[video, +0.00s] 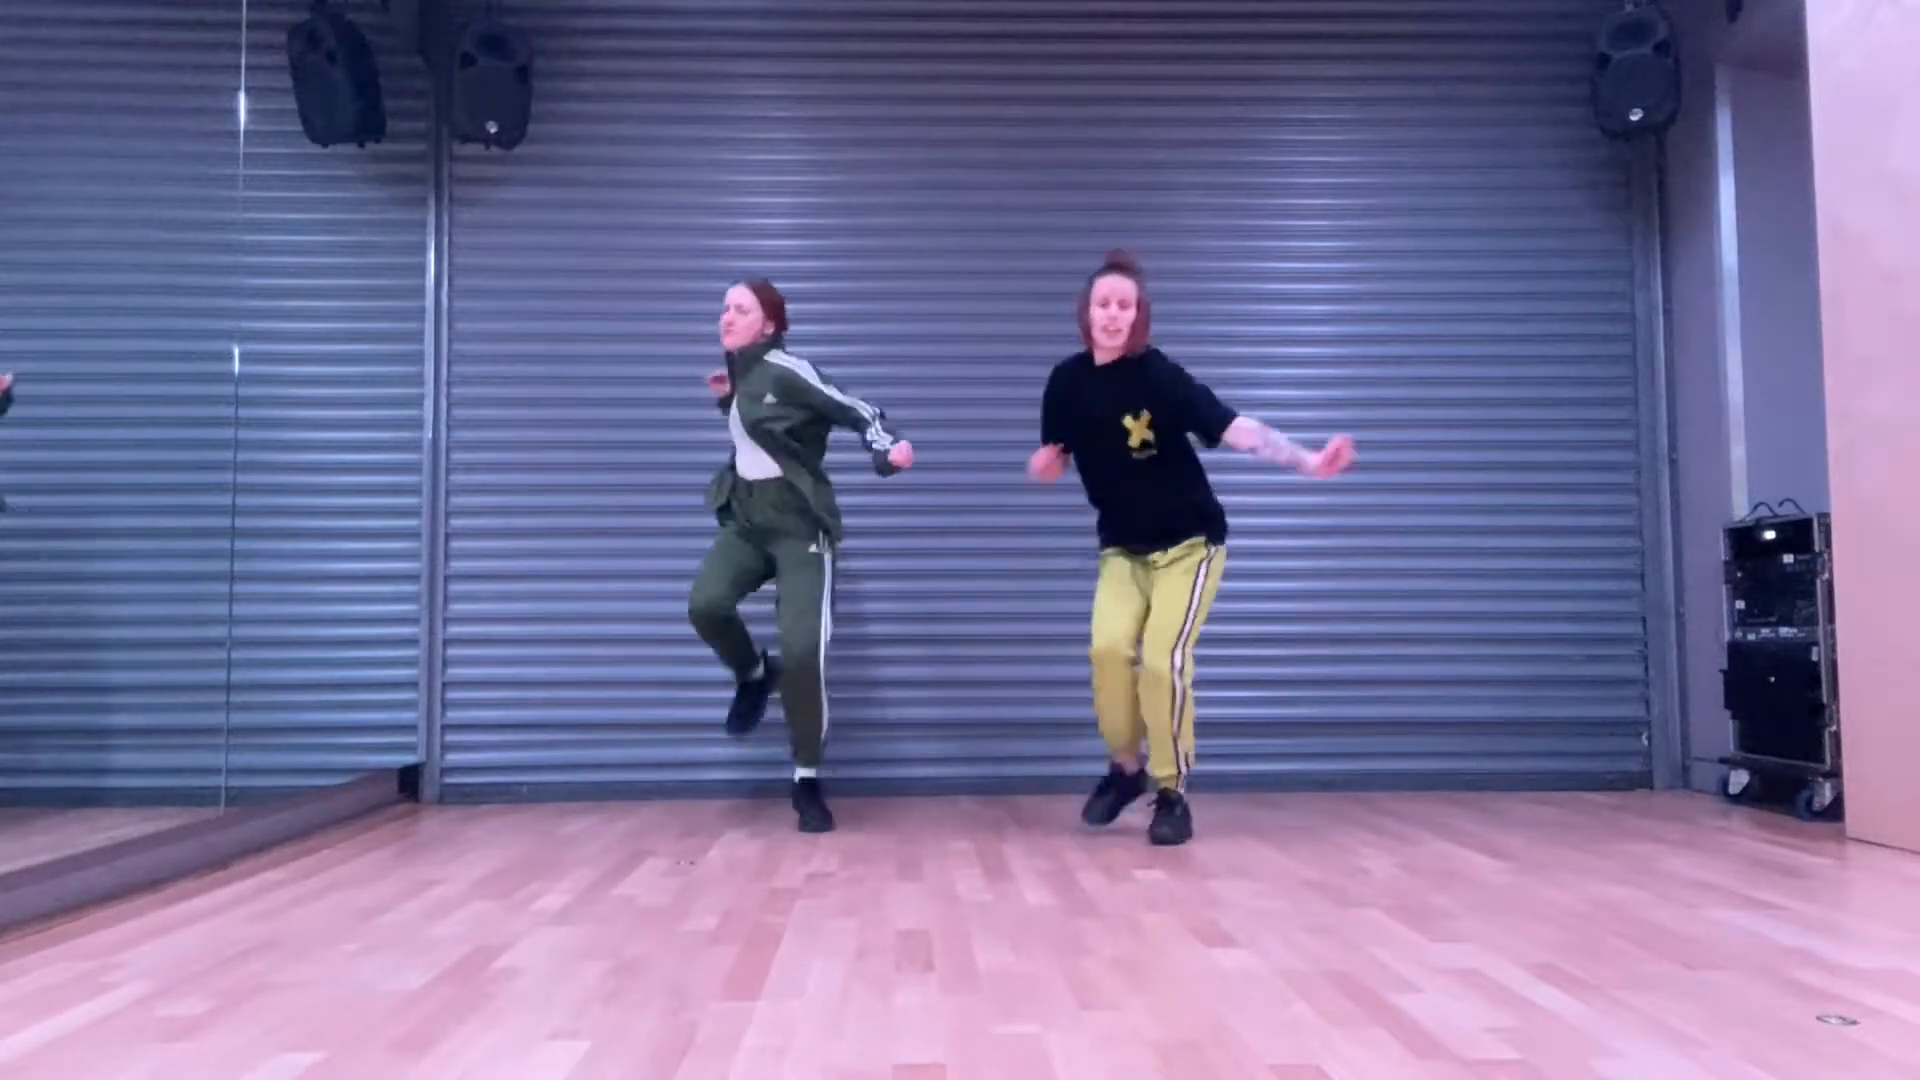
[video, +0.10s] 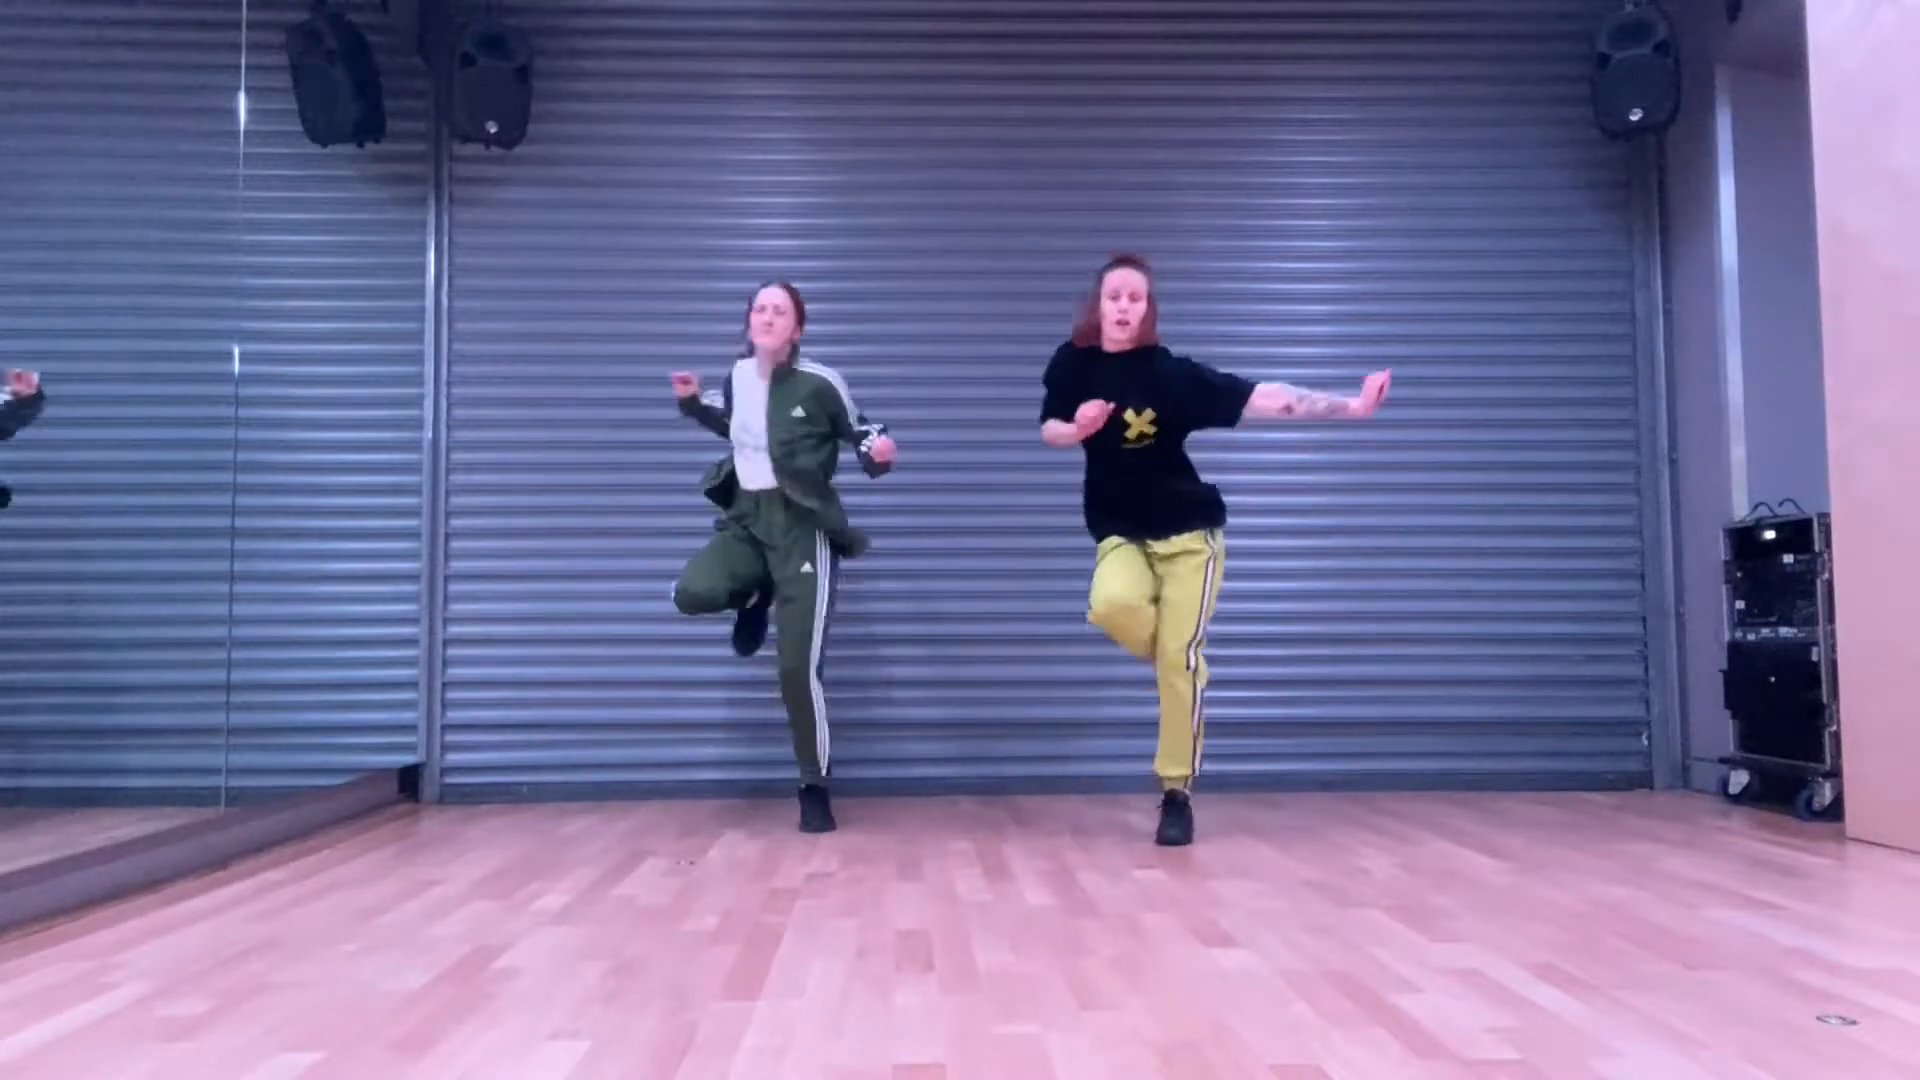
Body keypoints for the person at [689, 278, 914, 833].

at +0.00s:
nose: (725, 319)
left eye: (738, 311)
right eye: (725, 310)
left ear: (769, 325)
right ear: (729, 322)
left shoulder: (786, 372)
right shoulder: (740, 374)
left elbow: (857, 412)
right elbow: (756, 423)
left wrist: (884, 446)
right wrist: (729, 397)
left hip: (799, 525)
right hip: (746, 520)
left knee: (802, 655)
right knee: (706, 607)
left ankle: (806, 778)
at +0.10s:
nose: (768, 318)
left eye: (780, 311)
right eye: (761, 310)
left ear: (798, 328)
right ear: (748, 324)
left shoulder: (822, 384)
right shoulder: (739, 376)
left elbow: (861, 439)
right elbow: (736, 430)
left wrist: (877, 455)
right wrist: (693, 404)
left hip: (803, 524)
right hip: (745, 520)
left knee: (797, 669)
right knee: (691, 596)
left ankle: (814, 787)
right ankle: (755, 597)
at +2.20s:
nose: (659, 359)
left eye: (671, 350)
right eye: (652, 350)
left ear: (692, 357)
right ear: (642, 355)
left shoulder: (719, 407)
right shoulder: (627, 400)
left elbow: (778, 469)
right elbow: (610, 392)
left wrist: (760, 538)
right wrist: (690, 378)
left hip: (702, 539)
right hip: (643, 536)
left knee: (652, 593)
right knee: (629, 678)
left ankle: (669, 716)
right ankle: (664, 781)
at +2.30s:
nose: (665, 360)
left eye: (675, 351)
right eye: (657, 351)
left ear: (695, 357)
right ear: (647, 357)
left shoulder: (723, 400)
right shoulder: (628, 396)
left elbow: (768, 465)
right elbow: (608, 445)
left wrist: (766, 540)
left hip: (705, 534)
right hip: (644, 534)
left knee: (682, 624)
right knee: (628, 674)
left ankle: (703, 708)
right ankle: (664, 777)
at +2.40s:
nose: (673, 359)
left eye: (683, 349)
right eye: (664, 350)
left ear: (701, 354)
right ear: (653, 356)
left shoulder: (729, 401)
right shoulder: (631, 407)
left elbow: (749, 474)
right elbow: (609, 482)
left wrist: (749, 543)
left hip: (719, 532)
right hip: (651, 530)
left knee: (716, 668)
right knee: (645, 668)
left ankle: (726, 734)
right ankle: (669, 780)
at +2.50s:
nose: (685, 366)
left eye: (694, 357)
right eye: (675, 356)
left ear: (710, 361)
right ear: (661, 361)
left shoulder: (732, 399)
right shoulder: (636, 409)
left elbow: (748, 461)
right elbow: (609, 477)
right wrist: (618, 539)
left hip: (730, 536)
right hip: (669, 539)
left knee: (740, 666)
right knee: (668, 664)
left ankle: (719, 761)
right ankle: (672, 771)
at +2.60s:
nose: (693, 385)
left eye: (701, 376)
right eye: (682, 377)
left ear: (716, 375)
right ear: (668, 379)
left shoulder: (734, 403)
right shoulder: (643, 418)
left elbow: (744, 456)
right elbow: (621, 471)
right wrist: (635, 511)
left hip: (739, 544)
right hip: (680, 549)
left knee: (748, 670)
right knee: (693, 654)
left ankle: (719, 760)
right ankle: (689, 761)